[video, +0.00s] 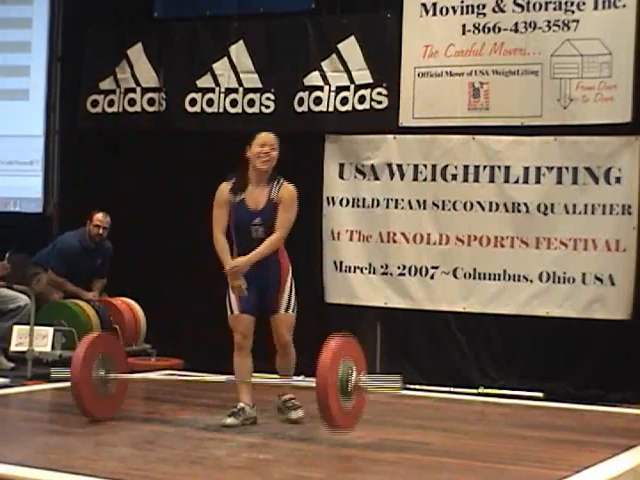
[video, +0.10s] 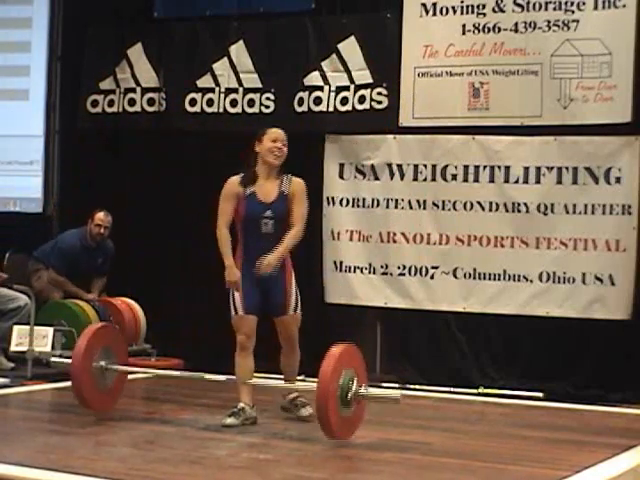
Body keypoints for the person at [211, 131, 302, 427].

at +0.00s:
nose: (266, 152)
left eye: (271, 148)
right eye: (260, 147)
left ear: (277, 156)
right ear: (248, 153)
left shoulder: (286, 192)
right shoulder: (227, 190)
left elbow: (279, 236)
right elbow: (219, 234)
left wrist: (247, 260)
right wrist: (232, 271)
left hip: (275, 270)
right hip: (241, 272)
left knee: (284, 339)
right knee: (241, 340)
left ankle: (287, 396)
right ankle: (245, 405)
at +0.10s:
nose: (279, 148)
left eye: (283, 144)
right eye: (274, 142)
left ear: (287, 151)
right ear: (258, 146)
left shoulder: (294, 186)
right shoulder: (235, 185)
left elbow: (298, 228)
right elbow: (222, 228)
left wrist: (276, 256)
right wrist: (230, 265)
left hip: (280, 270)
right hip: (245, 271)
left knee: (290, 337)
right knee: (244, 340)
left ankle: (291, 397)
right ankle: (245, 405)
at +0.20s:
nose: (290, 147)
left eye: (293, 144)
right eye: (285, 142)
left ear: (295, 151)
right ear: (267, 146)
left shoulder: (304, 187)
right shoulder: (246, 185)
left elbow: (311, 225)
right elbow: (230, 226)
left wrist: (310, 254)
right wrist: (227, 264)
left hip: (287, 268)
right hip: (253, 269)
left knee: (292, 335)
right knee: (249, 339)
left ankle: (291, 397)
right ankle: (245, 405)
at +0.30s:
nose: (303, 149)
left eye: (304, 145)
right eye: (297, 144)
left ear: (303, 152)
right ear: (279, 148)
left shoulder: (311, 188)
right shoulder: (261, 188)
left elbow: (320, 226)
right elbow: (242, 227)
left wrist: (333, 253)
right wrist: (229, 263)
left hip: (295, 270)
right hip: (264, 270)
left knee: (295, 335)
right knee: (255, 339)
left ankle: (293, 399)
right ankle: (246, 404)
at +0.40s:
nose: (316, 150)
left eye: (316, 146)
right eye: (311, 145)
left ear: (310, 153)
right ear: (293, 150)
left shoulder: (319, 189)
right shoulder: (279, 189)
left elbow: (329, 230)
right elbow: (258, 227)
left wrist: (348, 258)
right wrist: (245, 263)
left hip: (305, 272)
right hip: (278, 271)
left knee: (303, 335)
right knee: (267, 337)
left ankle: (295, 398)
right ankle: (248, 403)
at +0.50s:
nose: (329, 150)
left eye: (328, 146)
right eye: (324, 145)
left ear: (319, 152)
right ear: (307, 150)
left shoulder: (327, 187)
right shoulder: (296, 187)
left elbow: (332, 228)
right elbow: (279, 227)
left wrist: (349, 255)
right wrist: (271, 266)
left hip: (315, 271)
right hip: (293, 270)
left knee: (306, 339)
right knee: (289, 338)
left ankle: (295, 400)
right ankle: (263, 398)